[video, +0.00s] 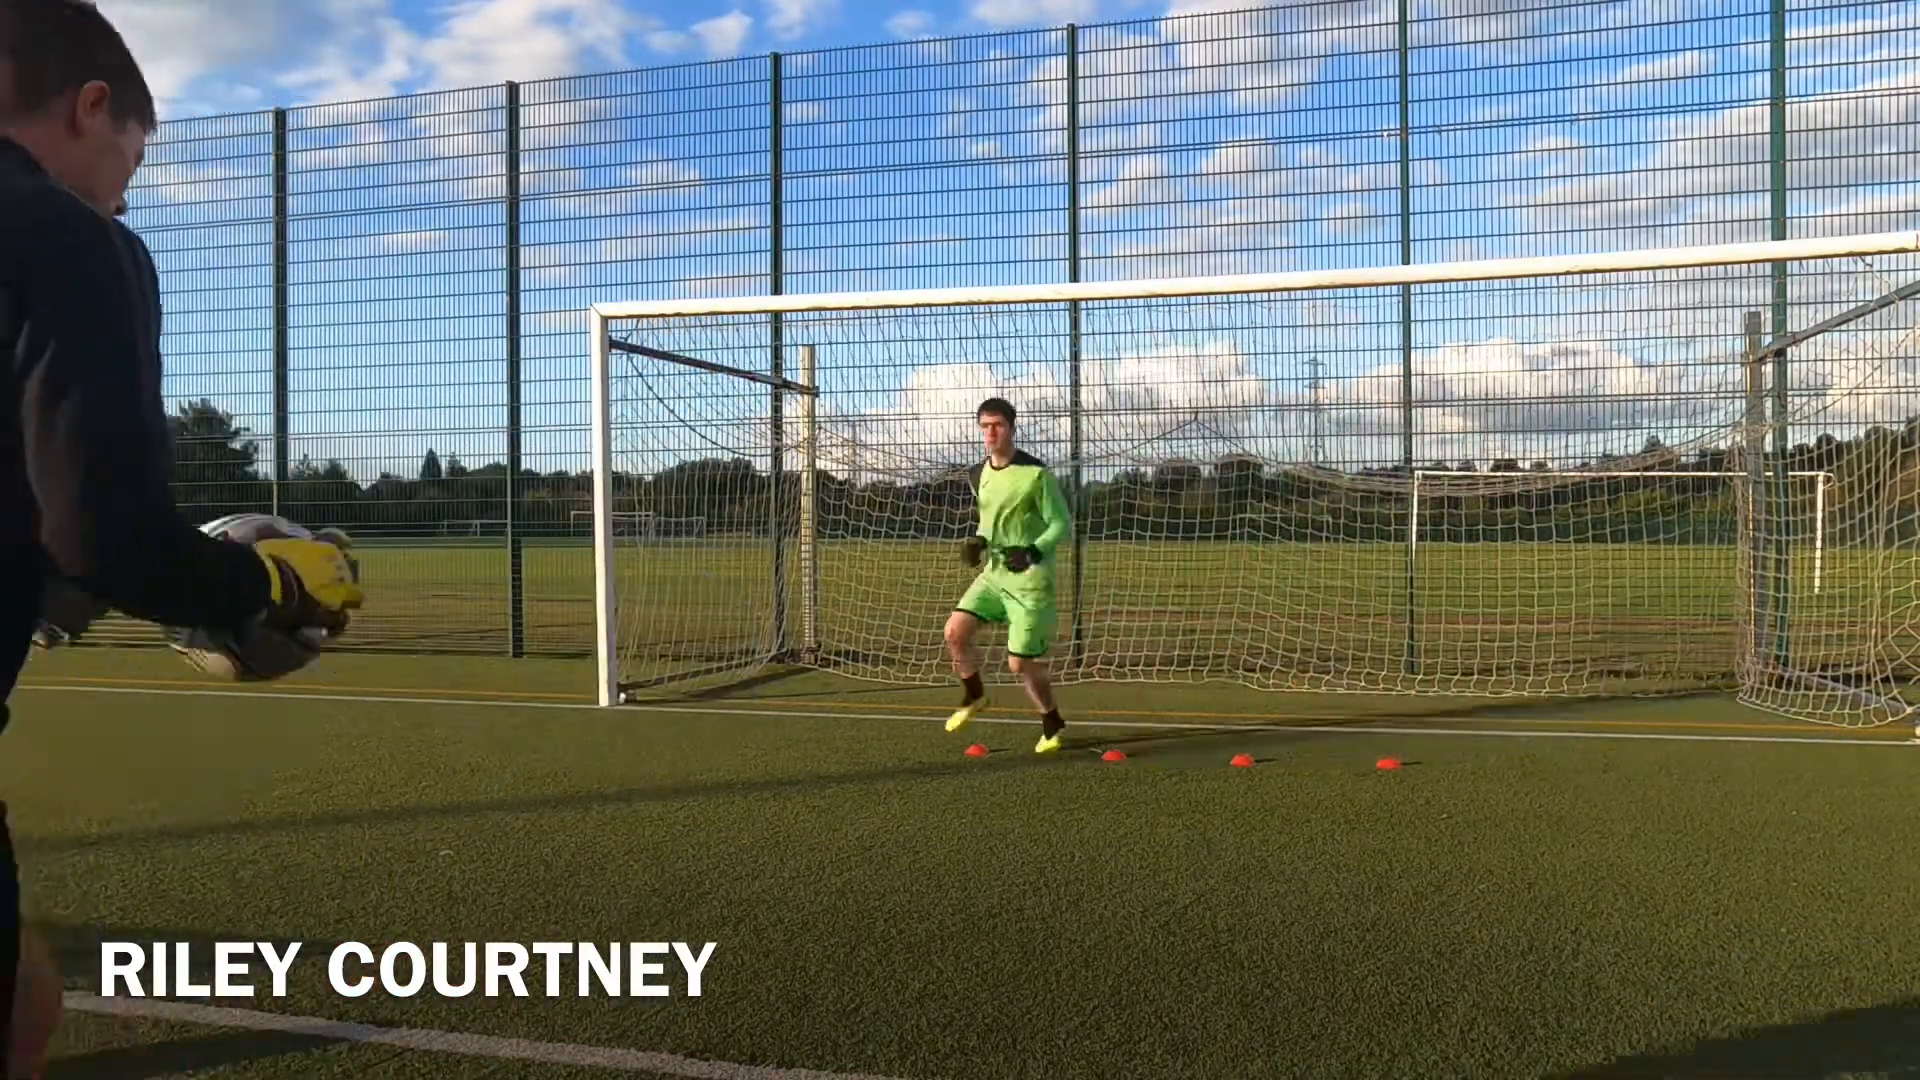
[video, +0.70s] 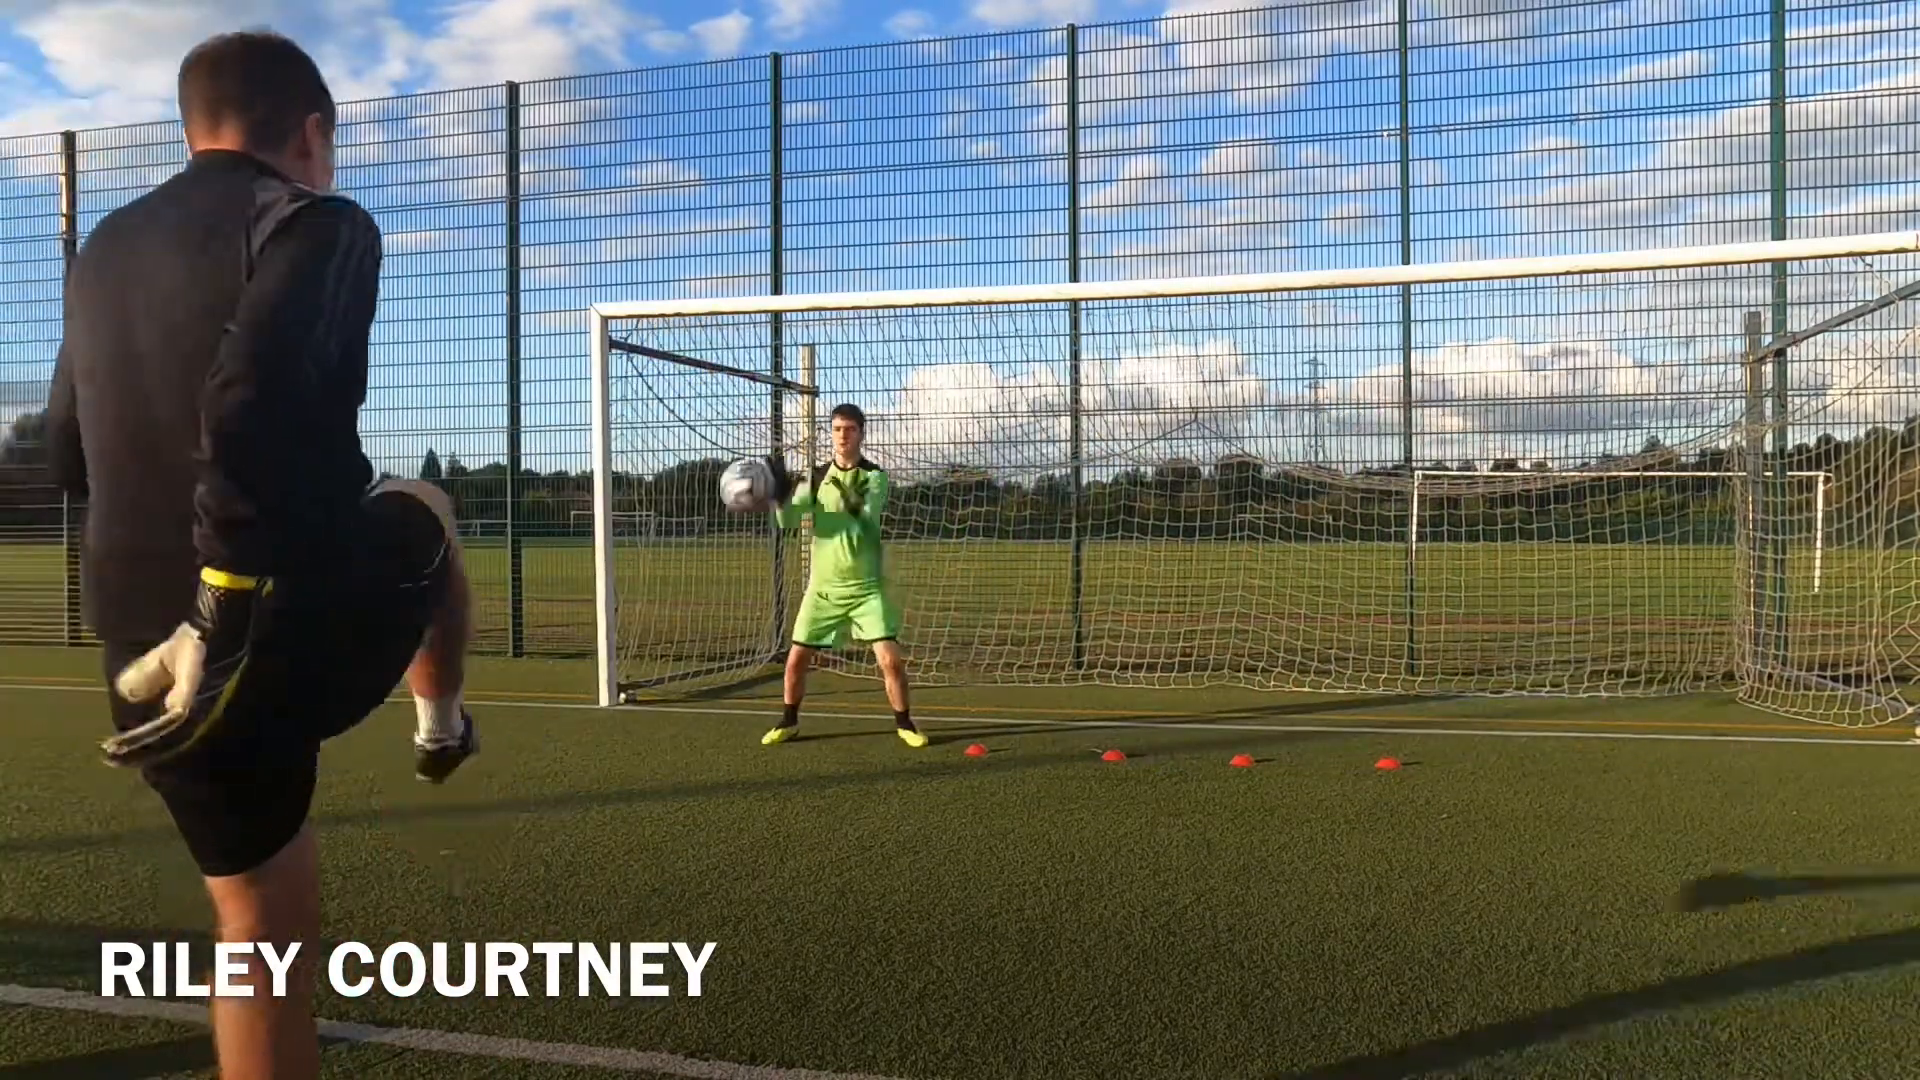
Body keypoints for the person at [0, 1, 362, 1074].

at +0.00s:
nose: (125, 190)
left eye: (136, 166)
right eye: (131, 157)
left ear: (38, 106)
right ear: (88, 107)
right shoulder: (71, 247)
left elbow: (47, 541)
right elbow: (106, 536)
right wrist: (247, 592)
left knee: (28, 996)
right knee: (24, 1001)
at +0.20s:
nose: (238, 213)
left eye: (244, 189)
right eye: (240, 184)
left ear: (87, 147)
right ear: (199, 147)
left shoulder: (8, 235)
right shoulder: (196, 257)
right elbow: (198, 467)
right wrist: (345, 600)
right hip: (61, 693)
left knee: (160, 945)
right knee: (38, 1006)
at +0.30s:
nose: (277, 219)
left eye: (282, 192)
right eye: (278, 188)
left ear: (132, 165)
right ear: (239, 165)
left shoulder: (18, 270)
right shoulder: (241, 262)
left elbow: (20, 477)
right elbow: (216, 442)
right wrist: (308, 641)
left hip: (12, 683)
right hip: (148, 693)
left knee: (237, 1002)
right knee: (129, 1041)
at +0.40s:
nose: (306, 225)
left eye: (308, 205)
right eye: (309, 200)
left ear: (170, 169)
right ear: (277, 169)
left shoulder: (42, 277)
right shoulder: (265, 248)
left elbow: (18, 474)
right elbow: (191, 427)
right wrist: (195, 654)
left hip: (49, 687)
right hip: (212, 679)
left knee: (218, 927)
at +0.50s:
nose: (332, 215)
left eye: (335, 198)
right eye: (336, 193)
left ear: (203, 161)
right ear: (305, 162)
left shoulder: (74, 255)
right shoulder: (293, 224)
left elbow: (16, 455)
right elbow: (193, 370)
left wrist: (25, 618)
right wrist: (122, 582)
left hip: (79, 653)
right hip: (242, 624)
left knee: (234, 937)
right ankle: (508, 933)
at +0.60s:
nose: (334, 186)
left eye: (336, 168)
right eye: (337, 166)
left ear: (205, 147)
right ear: (307, 150)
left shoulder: (100, 250)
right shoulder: (316, 215)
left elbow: (27, 478)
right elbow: (204, 313)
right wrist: (135, 554)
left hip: (118, 654)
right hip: (265, 630)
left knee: (252, 932)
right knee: (430, 610)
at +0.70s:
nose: (327, 164)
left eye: (329, 147)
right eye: (330, 144)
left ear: (193, 134)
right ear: (307, 134)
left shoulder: (103, 244)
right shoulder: (318, 221)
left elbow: (62, 449)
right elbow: (255, 392)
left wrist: (173, 472)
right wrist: (220, 613)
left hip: (149, 656)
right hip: (290, 636)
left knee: (262, 929)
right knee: (420, 509)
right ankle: (440, 718)